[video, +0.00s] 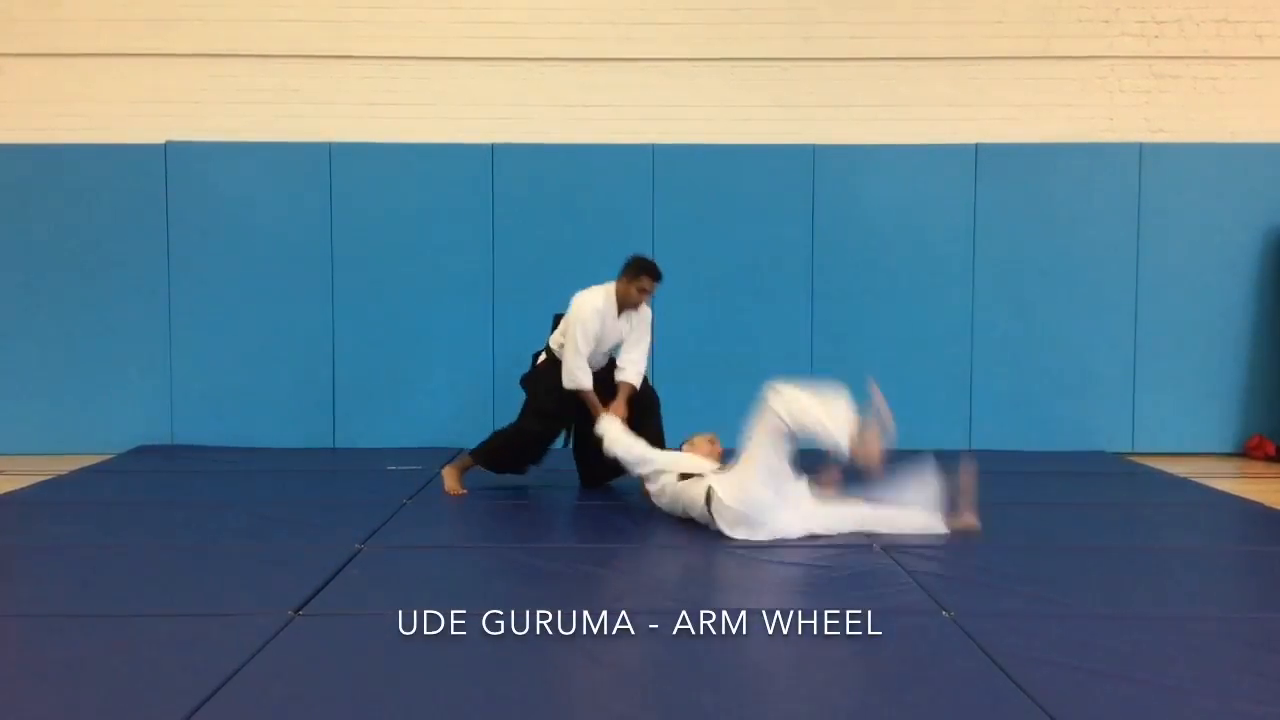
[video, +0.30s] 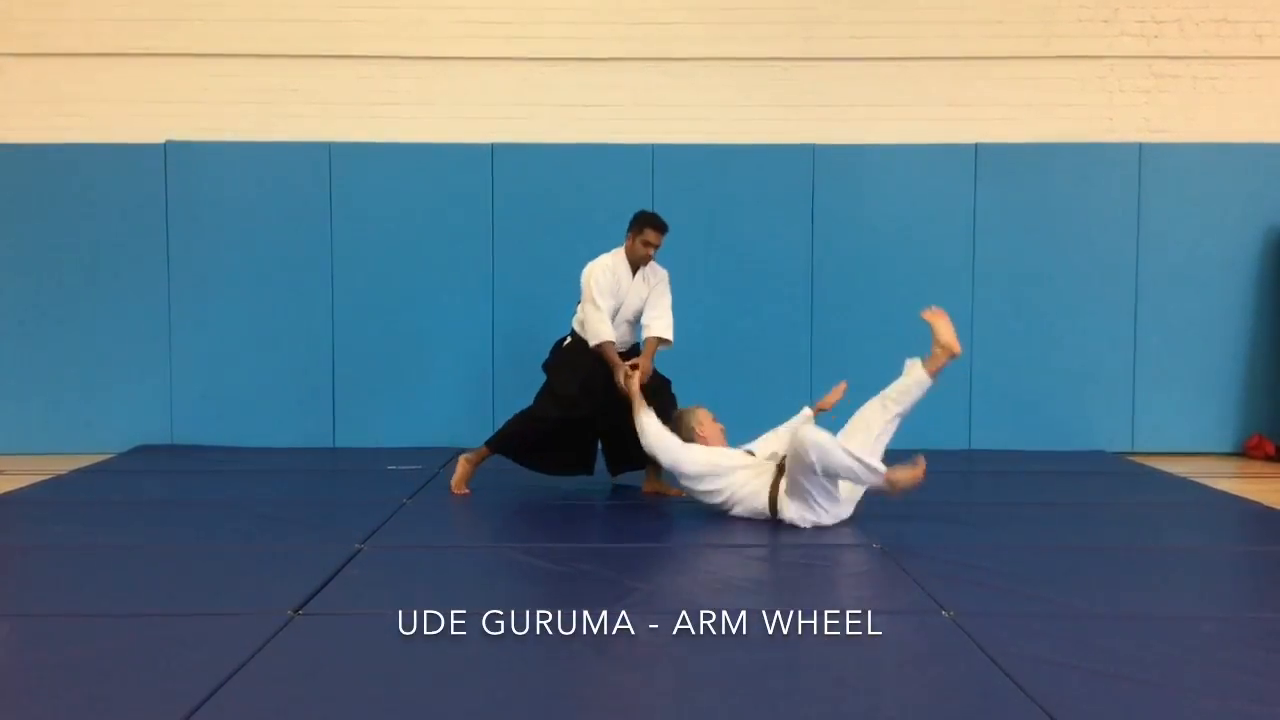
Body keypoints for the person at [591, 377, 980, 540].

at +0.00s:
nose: (715, 446)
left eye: (717, 445)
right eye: (706, 442)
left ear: (721, 455)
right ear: (685, 448)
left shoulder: (734, 472)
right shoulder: (672, 467)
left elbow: (774, 491)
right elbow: (630, 451)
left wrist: (816, 490)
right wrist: (607, 419)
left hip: (784, 520)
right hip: (742, 504)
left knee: (866, 516)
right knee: (776, 398)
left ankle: (948, 522)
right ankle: (854, 438)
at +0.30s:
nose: (720, 424)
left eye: (716, 419)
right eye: (711, 422)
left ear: (712, 431)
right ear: (697, 433)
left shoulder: (739, 457)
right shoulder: (696, 463)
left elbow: (774, 438)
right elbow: (657, 442)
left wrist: (815, 410)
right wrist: (636, 397)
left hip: (827, 493)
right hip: (802, 507)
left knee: (876, 413)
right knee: (805, 434)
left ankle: (937, 357)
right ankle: (885, 479)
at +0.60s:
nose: (728, 430)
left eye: (726, 425)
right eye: (719, 426)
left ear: (721, 434)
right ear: (698, 435)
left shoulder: (738, 463)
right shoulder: (700, 463)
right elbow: (680, 445)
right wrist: (671, 406)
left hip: (821, 497)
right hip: (794, 502)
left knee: (877, 437)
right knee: (803, 405)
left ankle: (947, 383)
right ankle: (880, 447)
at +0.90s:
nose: (744, 414)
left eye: (741, 409)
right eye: (737, 411)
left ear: (718, 421)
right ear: (720, 418)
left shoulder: (727, 464)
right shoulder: (725, 437)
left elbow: (755, 495)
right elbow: (783, 422)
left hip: (813, 507)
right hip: (801, 483)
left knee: (900, 460)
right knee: (889, 428)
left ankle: (977, 436)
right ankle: (964, 480)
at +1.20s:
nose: (823, 374)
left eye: (822, 369)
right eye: (821, 369)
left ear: (786, 372)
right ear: (814, 368)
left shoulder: (763, 429)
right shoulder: (812, 386)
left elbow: (781, 490)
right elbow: (872, 402)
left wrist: (835, 453)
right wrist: (932, 408)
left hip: (830, 509)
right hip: (839, 476)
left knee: (893, 466)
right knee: (920, 423)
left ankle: (946, 491)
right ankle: (926, 499)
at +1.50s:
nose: (886, 357)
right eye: (884, 354)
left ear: (850, 358)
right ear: (881, 355)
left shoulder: (825, 390)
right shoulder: (885, 368)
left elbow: (802, 445)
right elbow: (945, 395)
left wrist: (805, 490)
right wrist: (960, 417)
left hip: (838, 490)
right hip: (863, 452)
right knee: (962, 445)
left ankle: (941, 514)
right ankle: (916, 513)